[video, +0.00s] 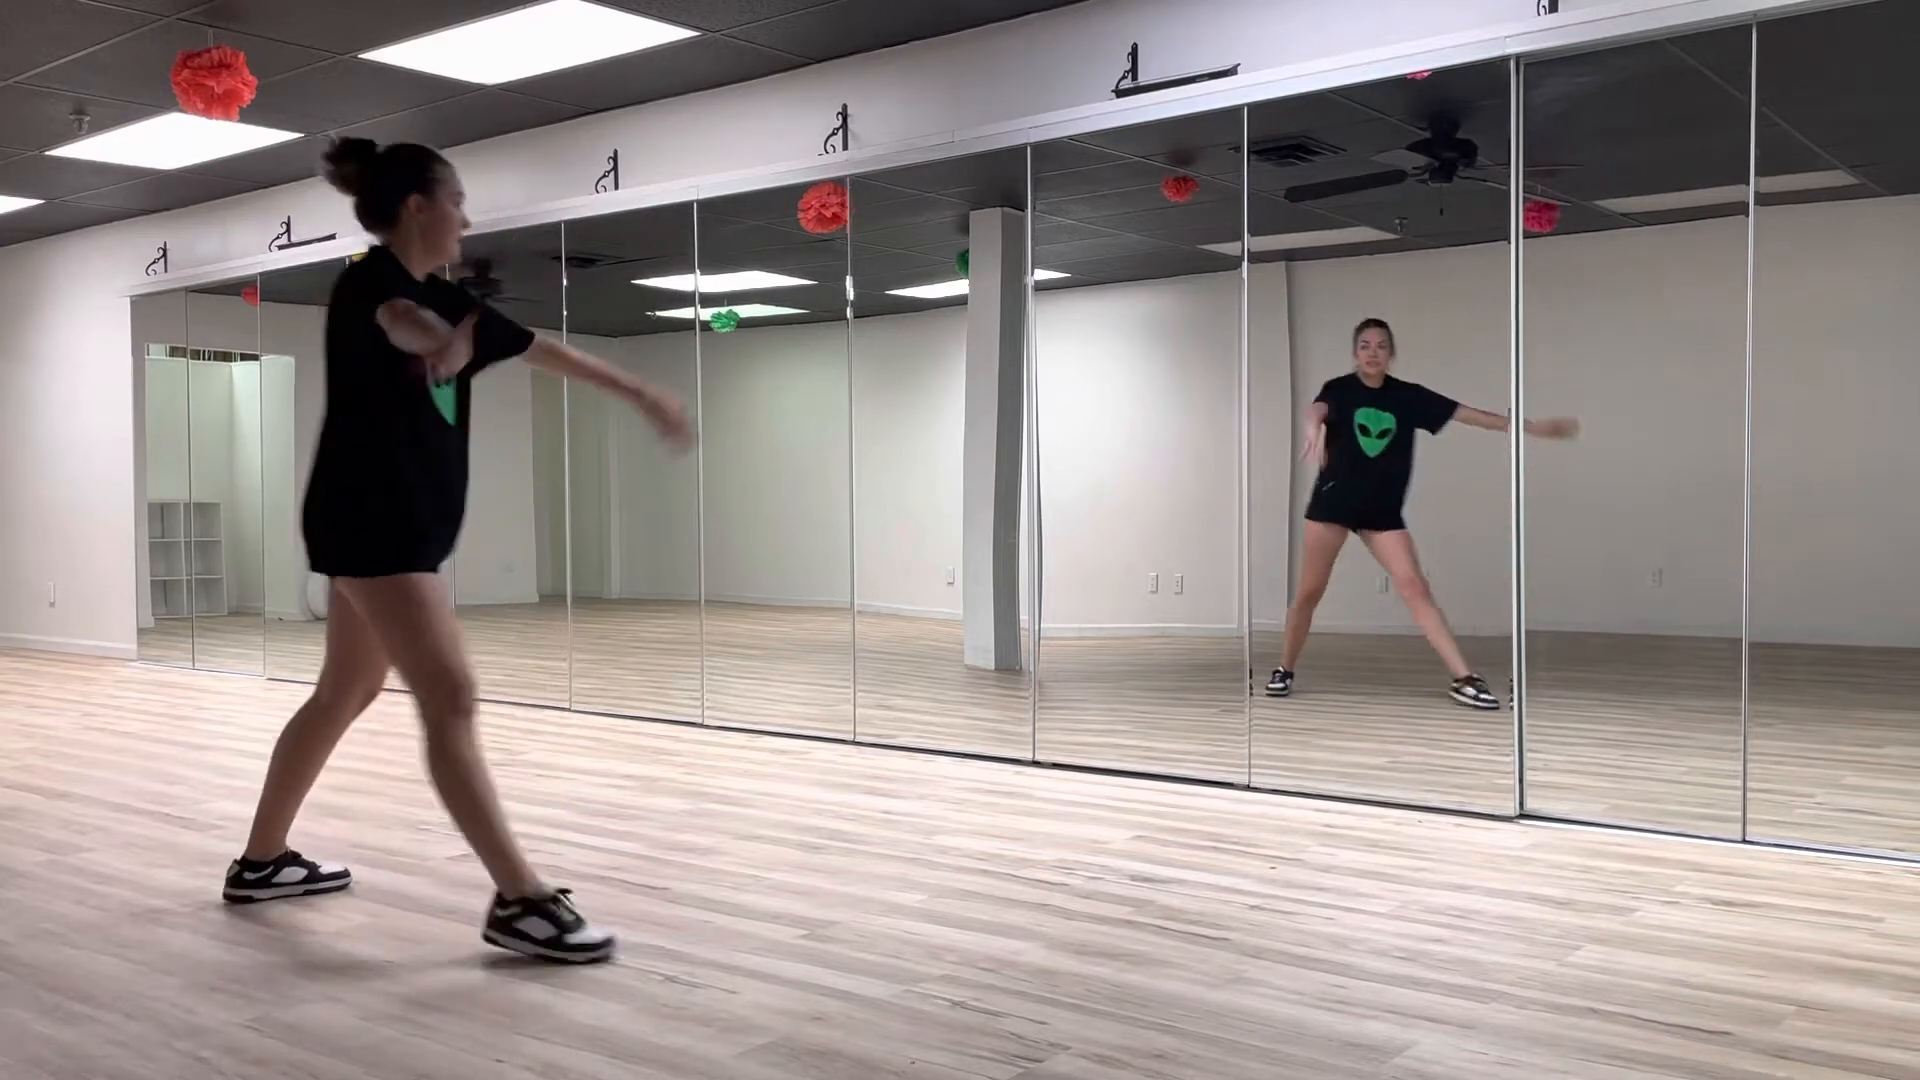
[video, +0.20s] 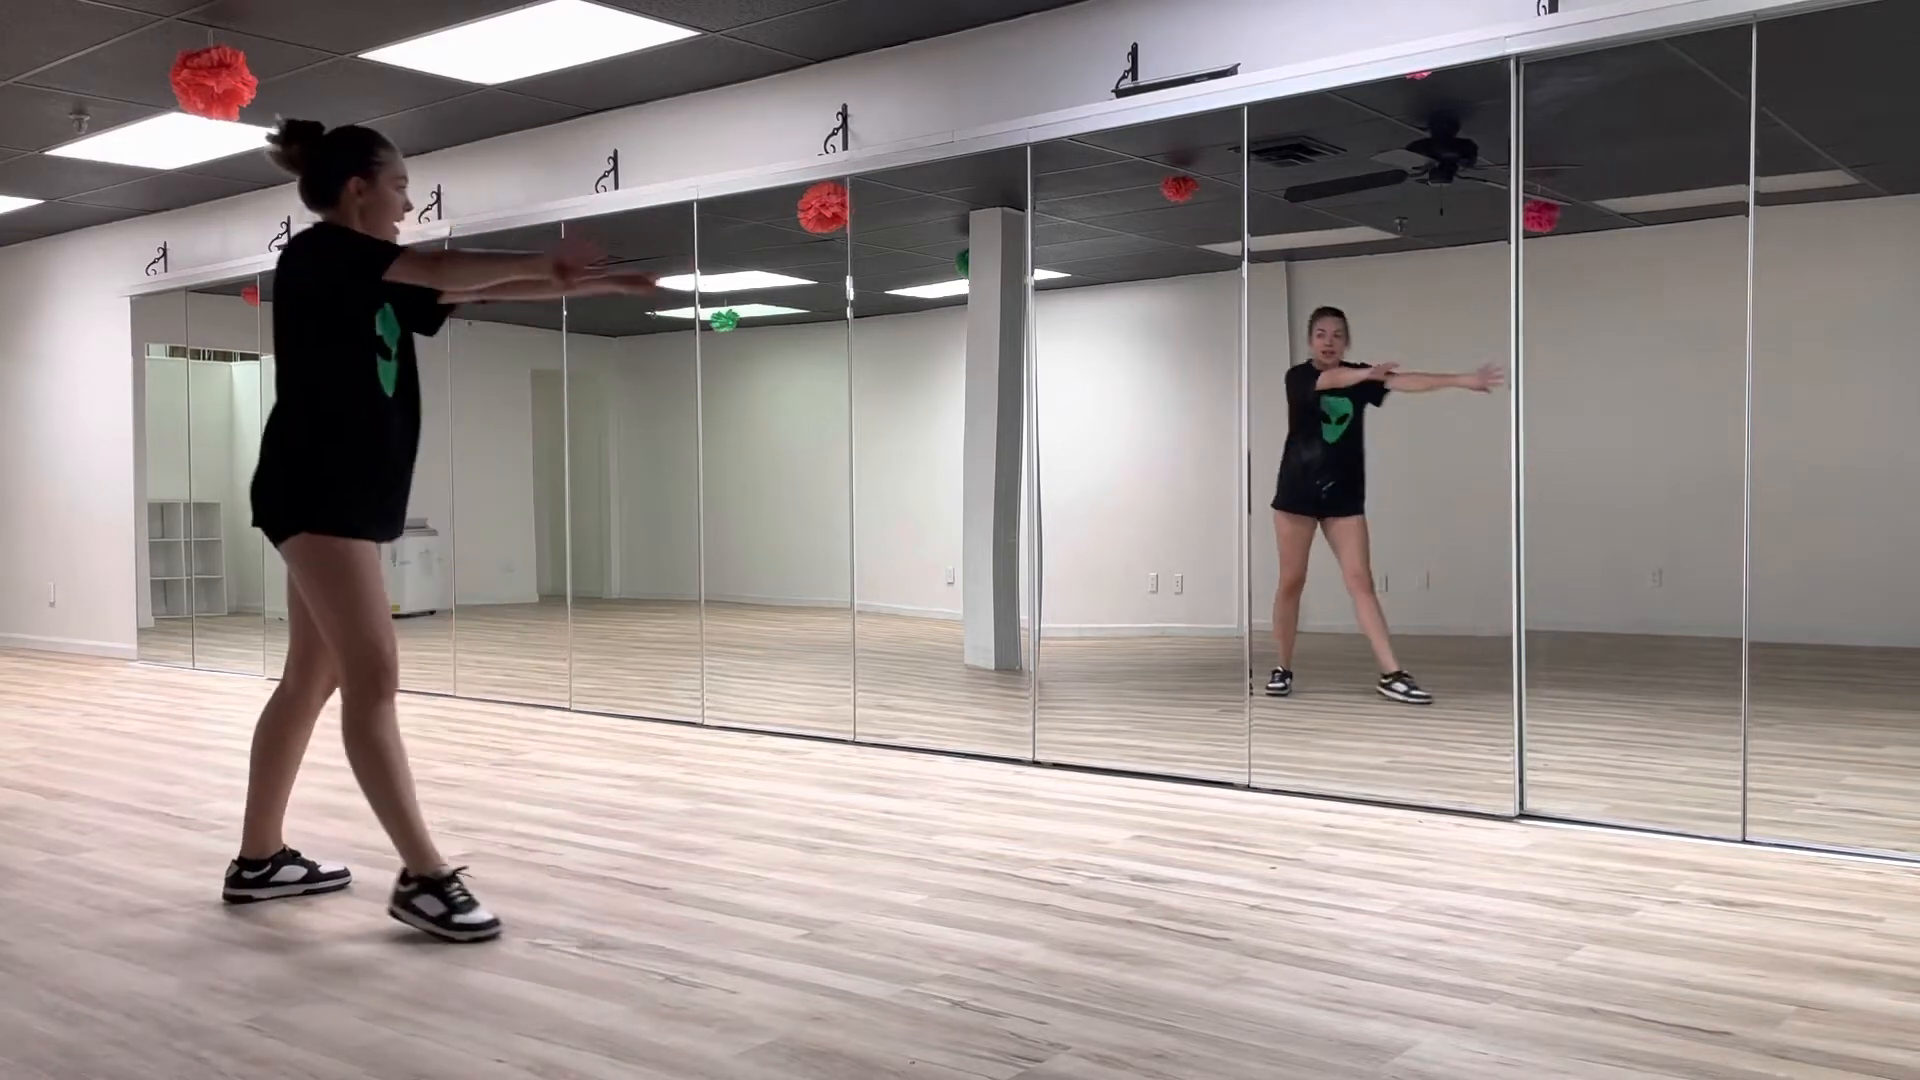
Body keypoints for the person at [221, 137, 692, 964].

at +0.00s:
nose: (464, 217)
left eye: (464, 203)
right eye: (455, 202)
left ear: (417, 210)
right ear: (414, 207)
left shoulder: (448, 295)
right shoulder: (371, 280)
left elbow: (539, 348)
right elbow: (407, 326)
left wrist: (644, 393)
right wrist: (450, 340)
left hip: (394, 522)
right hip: (370, 521)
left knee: (344, 690)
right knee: (448, 697)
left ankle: (261, 857)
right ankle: (519, 897)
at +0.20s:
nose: (407, 204)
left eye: (406, 191)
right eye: (397, 189)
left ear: (357, 194)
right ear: (357, 189)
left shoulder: (374, 270)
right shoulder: (318, 253)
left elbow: (472, 297)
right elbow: (439, 270)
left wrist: (581, 286)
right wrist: (547, 260)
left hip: (342, 494)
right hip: (315, 492)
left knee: (308, 677)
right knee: (373, 676)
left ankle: (258, 856)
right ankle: (424, 875)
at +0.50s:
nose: (376, 202)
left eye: (375, 190)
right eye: (369, 187)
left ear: (334, 197)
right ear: (329, 190)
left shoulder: (357, 294)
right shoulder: (272, 253)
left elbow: (453, 341)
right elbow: (345, 282)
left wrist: (444, 252)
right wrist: (425, 230)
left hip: (323, 487)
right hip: (279, 478)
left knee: (296, 666)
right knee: (382, 643)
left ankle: (253, 858)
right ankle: (305, 830)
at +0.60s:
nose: (376, 194)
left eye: (374, 180)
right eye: (366, 179)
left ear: (327, 189)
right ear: (329, 185)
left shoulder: (349, 288)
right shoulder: (270, 252)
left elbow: (401, 389)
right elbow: (288, 342)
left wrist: (434, 302)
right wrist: (348, 247)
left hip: (323, 482)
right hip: (277, 478)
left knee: (302, 662)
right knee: (392, 626)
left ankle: (261, 854)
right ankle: (276, 780)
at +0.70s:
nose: (374, 196)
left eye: (372, 182)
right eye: (363, 182)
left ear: (325, 188)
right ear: (325, 185)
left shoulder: (324, 274)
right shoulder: (269, 253)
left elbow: (332, 401)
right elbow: (231, 375)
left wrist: (423, 395)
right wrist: (330, 331)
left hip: (308, 481)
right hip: (283, 481)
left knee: (307, 655)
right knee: (394, 625)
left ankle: (258, 844)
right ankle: (276, 772)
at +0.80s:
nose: (366, 210)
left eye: (365, 196)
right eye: (358, 195)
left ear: (310, 199)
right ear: (317, 197)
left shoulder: (295, 271)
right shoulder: (265, 265)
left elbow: (276, 386)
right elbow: (226, 385)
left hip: (293, 492)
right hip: (298, 492)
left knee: (298, 664)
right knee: (390, 644)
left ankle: (254, 857)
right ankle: (291, 819)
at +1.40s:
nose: (398, 213)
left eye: (397, 199)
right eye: (390, 198)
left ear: (343, 205)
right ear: (354, 203)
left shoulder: (321, 274)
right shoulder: (312, 273)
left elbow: (315, 402)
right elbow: (300, 401)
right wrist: (302, 515)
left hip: (325, 503)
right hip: (346, 498)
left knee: (330, 675)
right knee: (488, 591)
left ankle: (257, 853)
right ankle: (418, 776)